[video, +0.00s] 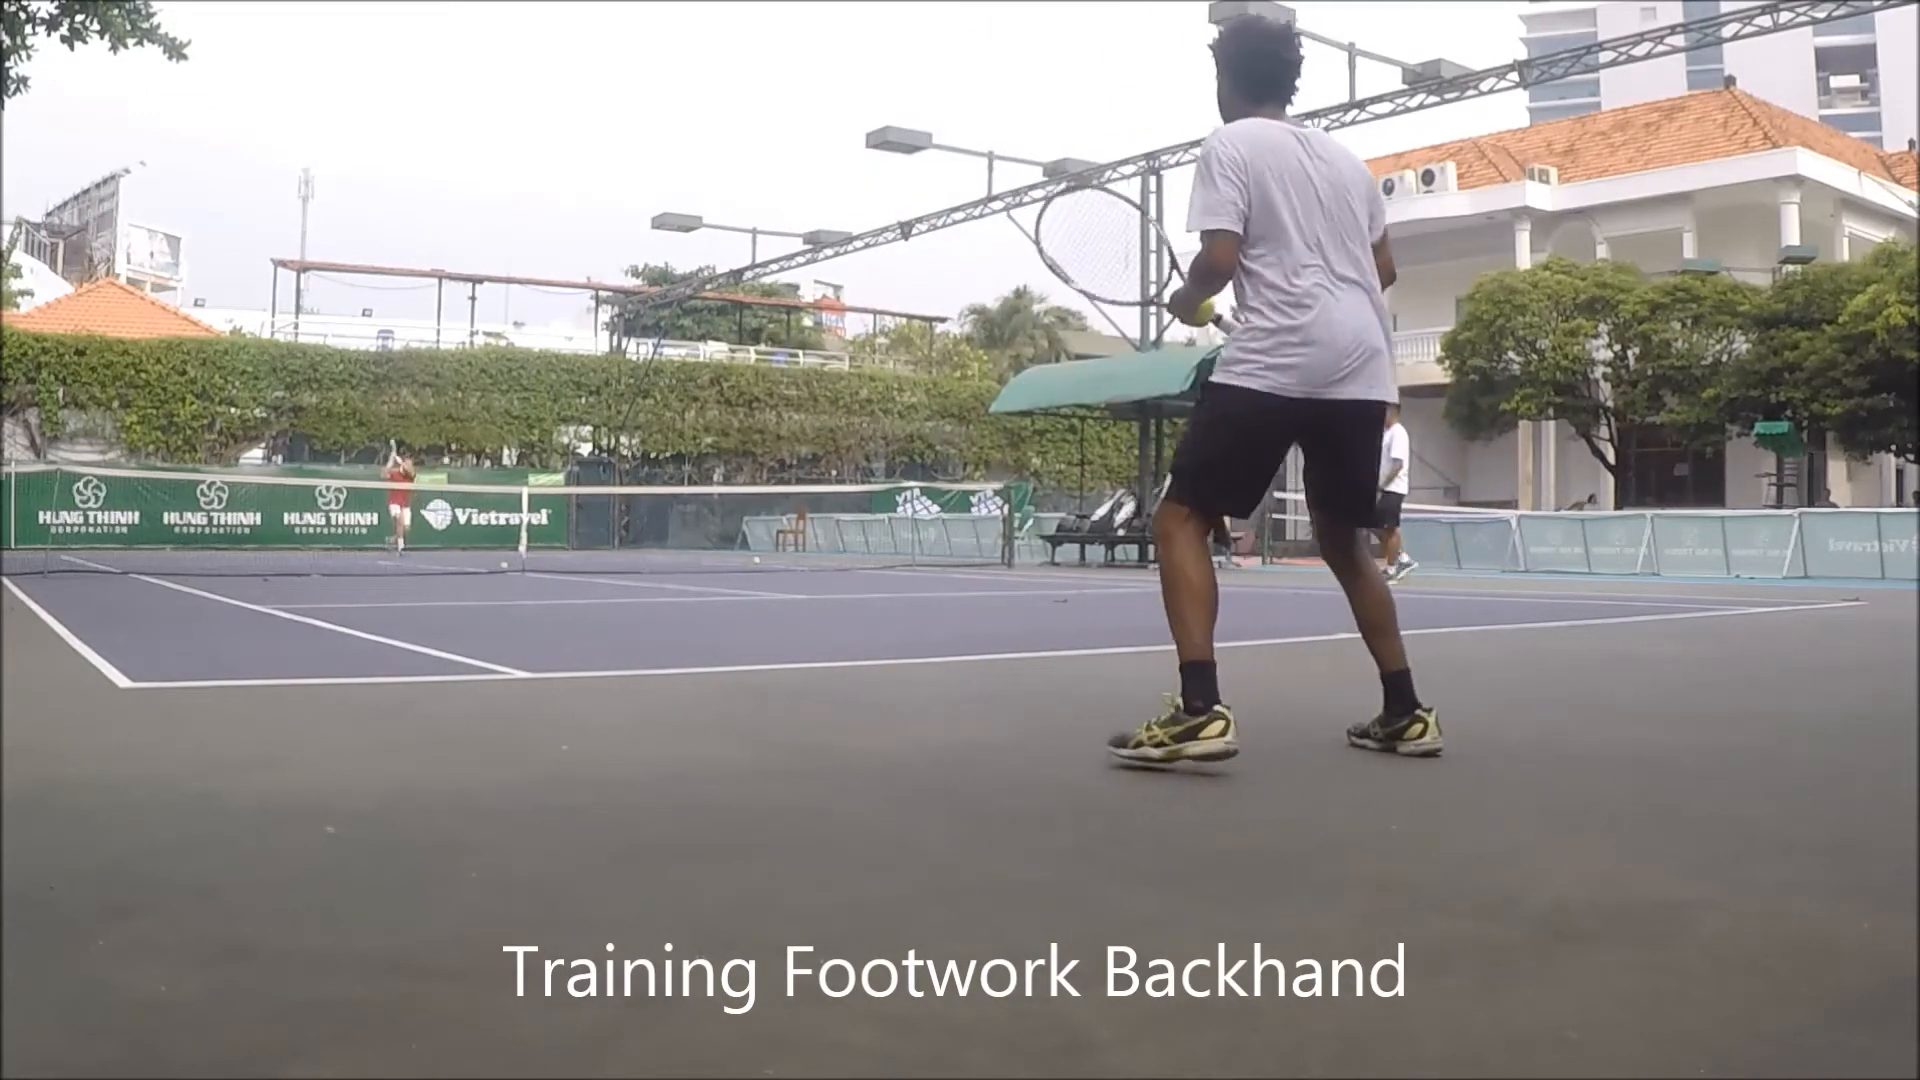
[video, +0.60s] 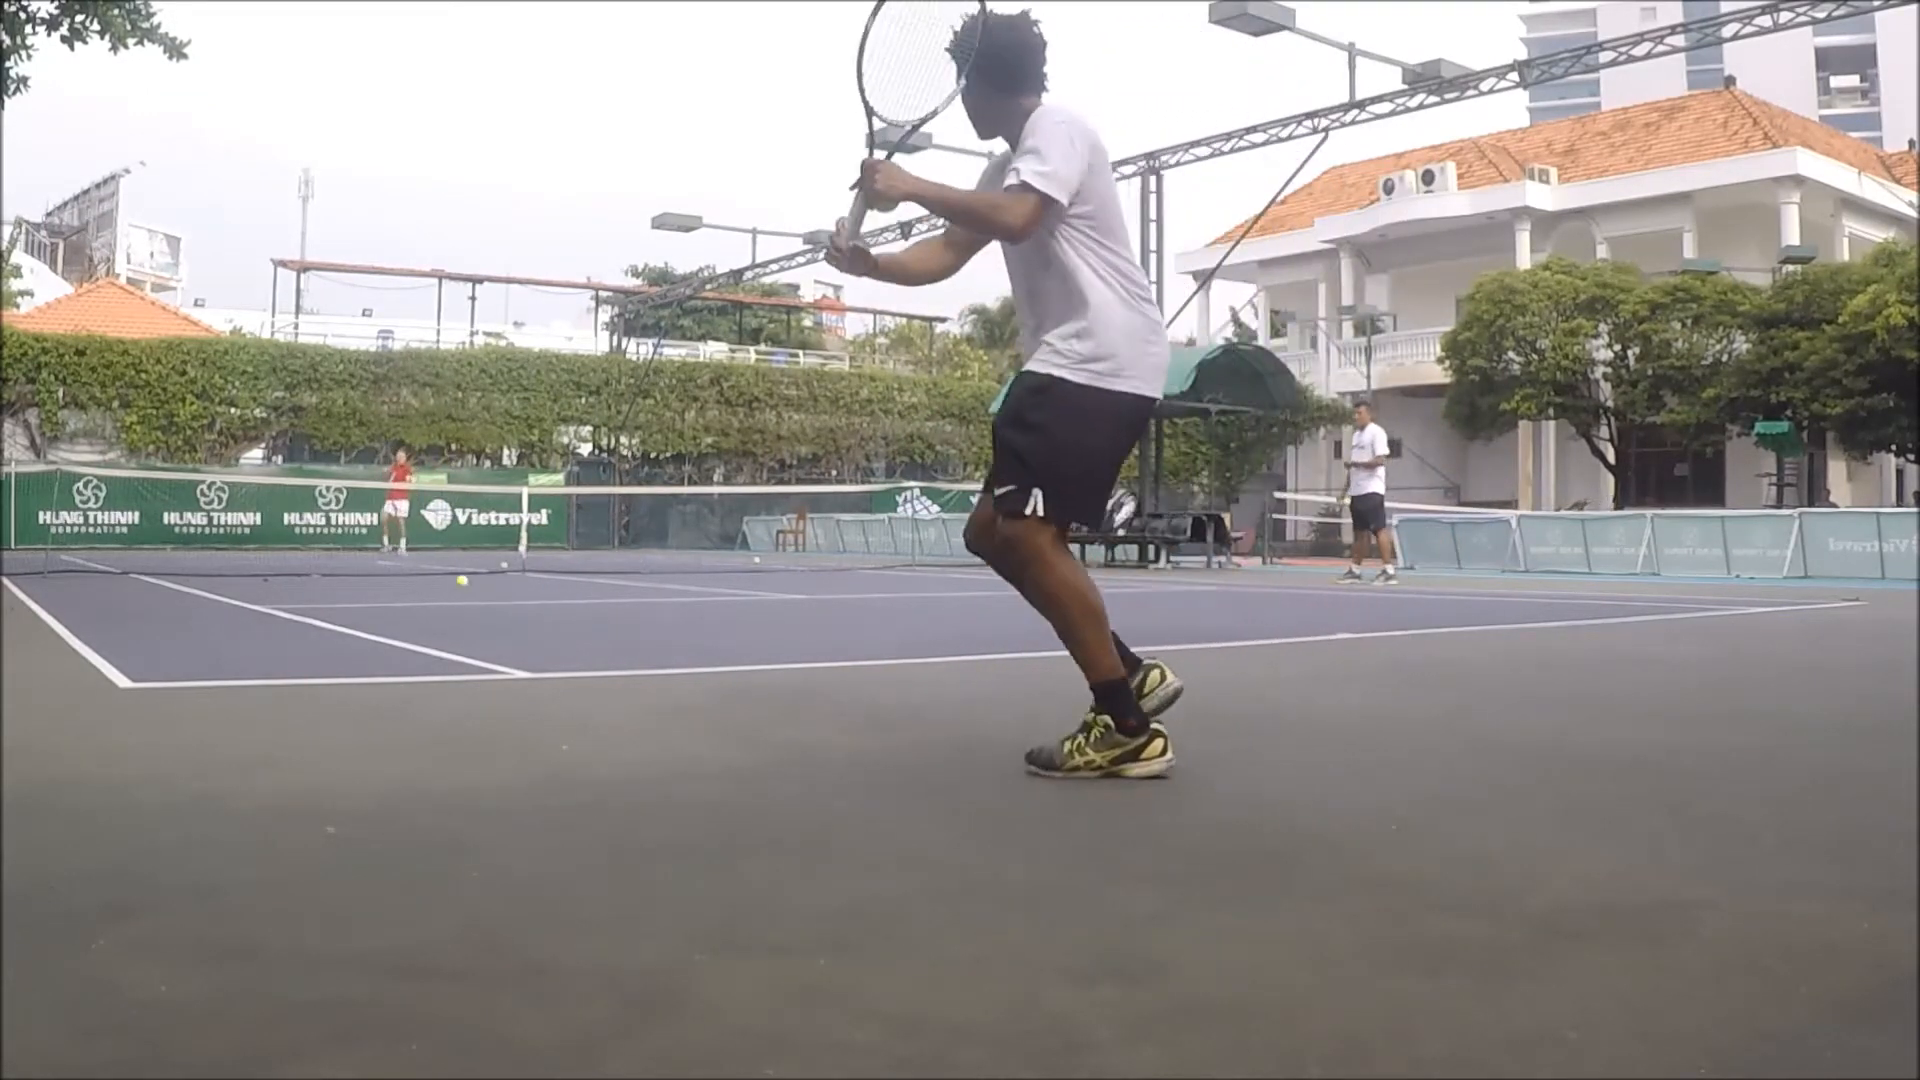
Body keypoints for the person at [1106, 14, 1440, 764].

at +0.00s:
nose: (1214, 86)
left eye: (1217, 74)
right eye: (1217, 73)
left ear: (1226, 76)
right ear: (1292, 79)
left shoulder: (1231, 143)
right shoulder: (1346, 158)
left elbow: (1221, 257)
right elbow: (1384, 267)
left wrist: (1187, 298)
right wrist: (1313, 290)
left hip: (1270, 366)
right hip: (1361, 376)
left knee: (1178, 520)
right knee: (1346, 542)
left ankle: (1199, 707)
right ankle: (1405, 709)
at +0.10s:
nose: (1178, 98)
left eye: (1180, 86)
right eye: (1180, 85)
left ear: (1191, 86)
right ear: (1256, 89)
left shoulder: (1202, 153)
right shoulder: (1310, 165)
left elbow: (1200, 271)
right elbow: (1339, 276)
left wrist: (1157, 299)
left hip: (1254, 373)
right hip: (1341, 383)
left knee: (1139, 525)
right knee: (1326, 548)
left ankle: (1144, 717)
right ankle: (1402, 710)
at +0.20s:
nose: (1130, 95)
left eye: (1132, 81)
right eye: (1132, 81)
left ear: (1144, 83)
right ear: (1205, 83)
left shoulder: (1162, 153)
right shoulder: (1253, 158)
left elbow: (1159, 274)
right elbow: (1256, 280)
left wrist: (1098, 290)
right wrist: (1166, 323)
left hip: (1209, 373)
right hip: (1291, 380)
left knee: (1098, 527)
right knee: (1300, 547)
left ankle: (1129, 725)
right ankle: (1397, 708)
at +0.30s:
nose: (1078, 89)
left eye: (1081, 73)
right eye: (1079, 73)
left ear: (1097, 73)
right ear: (1155, 73)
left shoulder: (1128, 140)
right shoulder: (1191, 145)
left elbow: (1110, 260)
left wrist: (1039, 272)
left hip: (1174, 370)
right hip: (1246, 374)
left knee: (1074, 527)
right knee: (1236, 541)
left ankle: (1129, 726)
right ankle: (1358, 688)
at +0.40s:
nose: (1035, 74)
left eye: (1036, 57)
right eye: (1034, 58)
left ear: (1056, 59)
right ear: (1112, 53)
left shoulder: (1108, 120)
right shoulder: (1127, 129)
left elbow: (1078, 233)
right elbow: (1078, 265)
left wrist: (983, 235)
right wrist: (998, 298)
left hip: (1150, 354)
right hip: (1203, 356)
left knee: (1072, 522)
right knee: (1162, 538)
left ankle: (1130, 726)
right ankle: (1301, 671)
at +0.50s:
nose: (994, 75)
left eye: (998, 58)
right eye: (995, 58)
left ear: (1019, 60)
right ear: (1069, 51)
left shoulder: (1085, 114)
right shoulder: (1067, 138)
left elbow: (1052, 215)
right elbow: (1004, 251)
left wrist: (950, 200)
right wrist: (932, 271)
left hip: (1128, 347)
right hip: (1149, 350)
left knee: (1064, 518)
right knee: (1089, 532)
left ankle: (1130, 725)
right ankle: (1223, 667)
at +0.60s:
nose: (961, 101)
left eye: (965, 85)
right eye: (962, 86)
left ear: (990, 82)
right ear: (1021, 80)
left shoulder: (1058, 129)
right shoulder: (1010, 168)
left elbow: (1018, 217)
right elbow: (940, 257)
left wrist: (912, 188)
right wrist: (864, 260)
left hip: (1100, 361)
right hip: (1068, 362)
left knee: (1020, 531)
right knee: (992, 533)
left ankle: (1125, 726)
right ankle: (1128, 675)